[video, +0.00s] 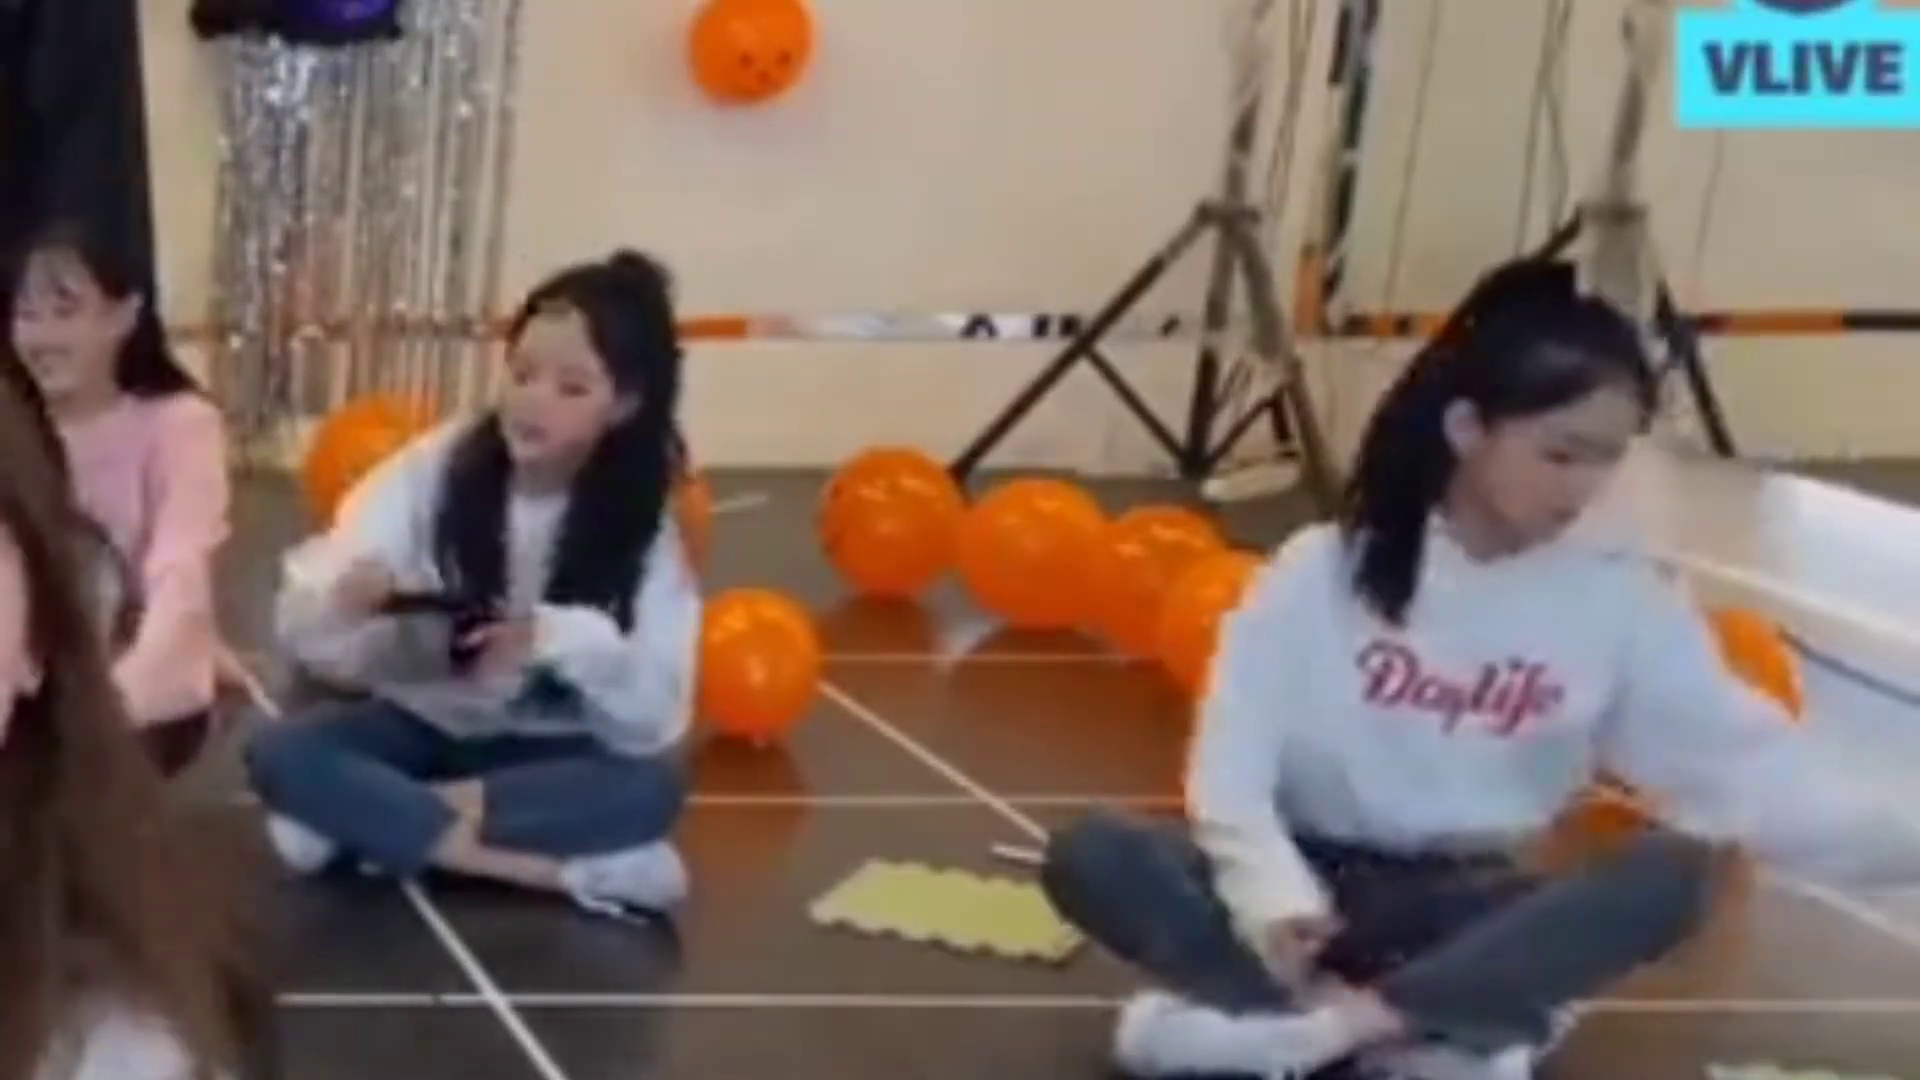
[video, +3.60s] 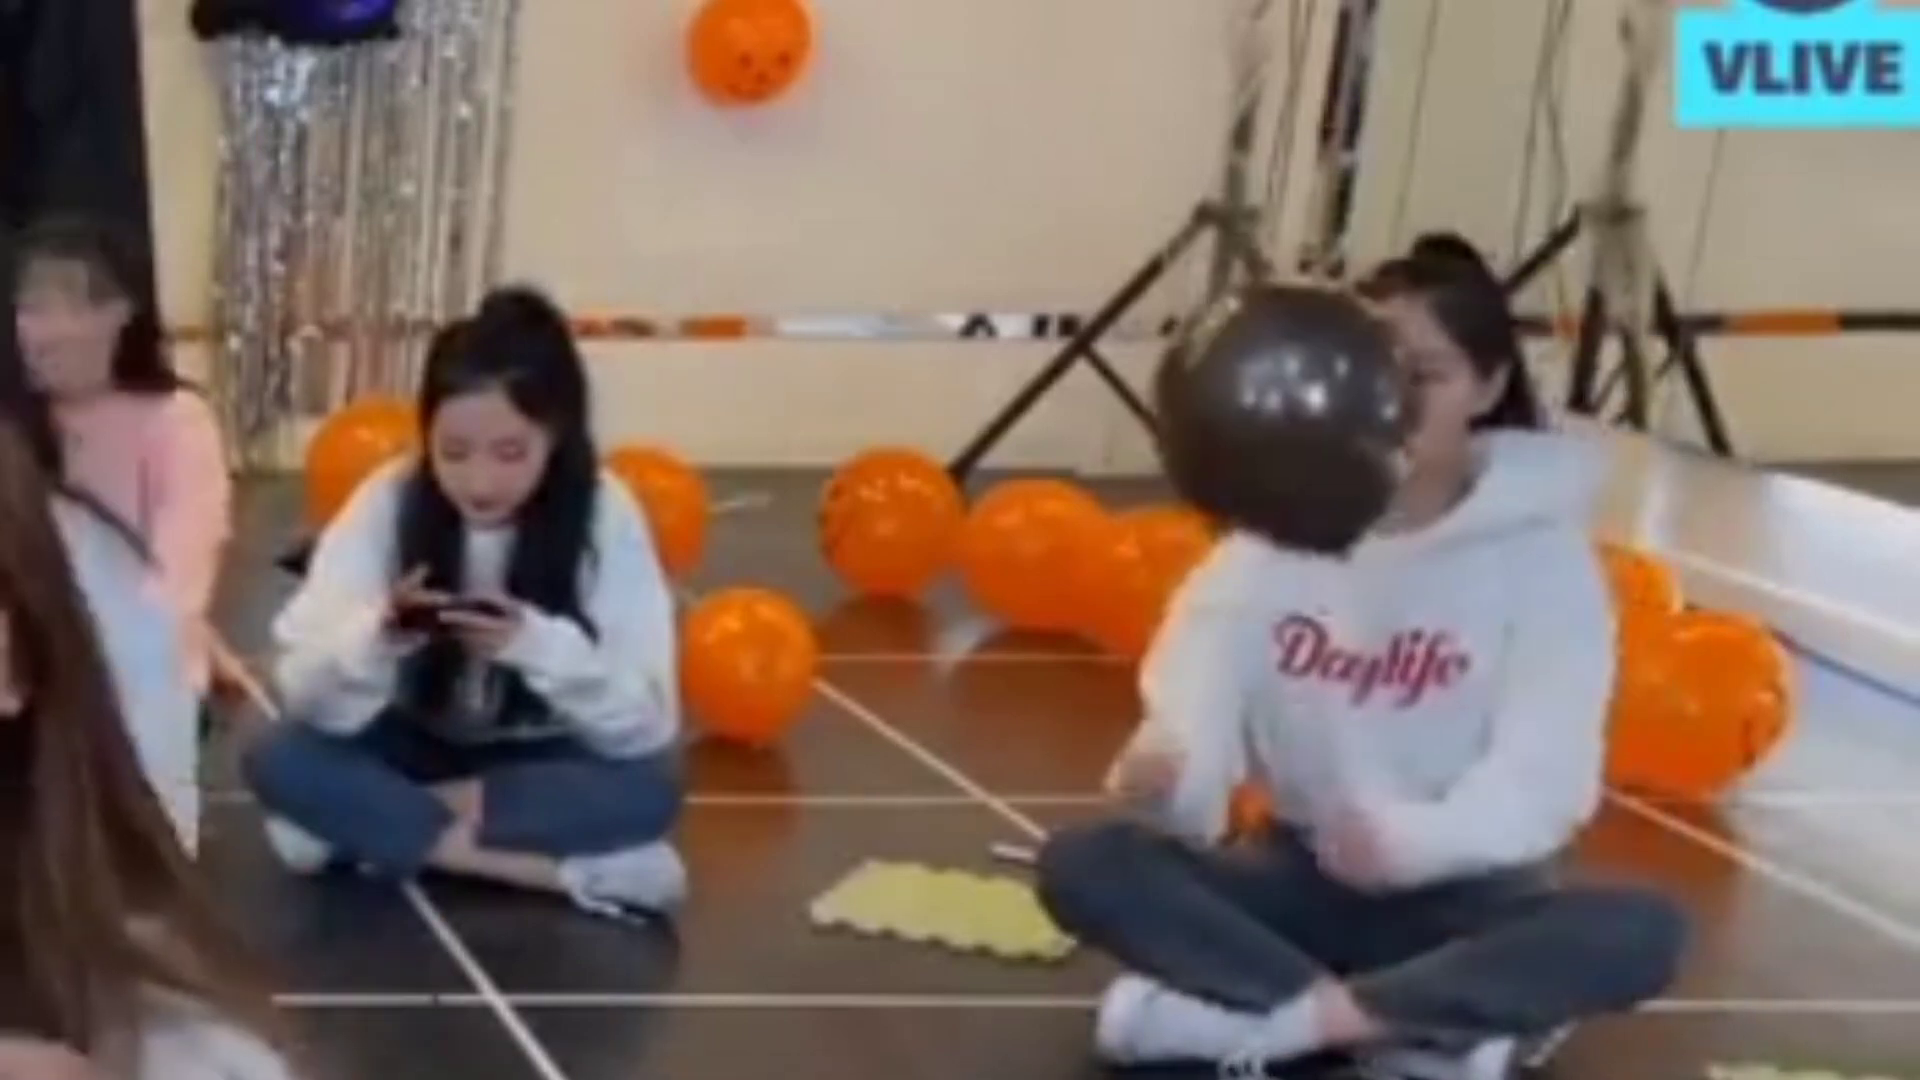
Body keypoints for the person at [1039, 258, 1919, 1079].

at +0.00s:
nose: (1585, 491)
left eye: (1609, 464)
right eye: (1563, 457)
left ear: (1629, 454)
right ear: (1464, 427)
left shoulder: (1619, 603)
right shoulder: (1319, 571)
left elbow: (1751, 773)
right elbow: (1229, 770)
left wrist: (1902, 829)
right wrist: (1286, 917)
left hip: (1469, 906)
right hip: (1300, 882)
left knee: (1670, 879)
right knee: (1086, 851)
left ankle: (1310, 1038)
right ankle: (1399, 1044)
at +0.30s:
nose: (1658, 558)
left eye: (1684, 526)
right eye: (1627, 519)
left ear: (1705, 525)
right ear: (1528, 501)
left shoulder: (1692, 694)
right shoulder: (1379, 633)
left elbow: (1851, 846)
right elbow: (1246, 795)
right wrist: (1267, 947)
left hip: (1480, 932)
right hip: (1314, 893)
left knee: (1683, 921)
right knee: (1084, 861)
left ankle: (1321, 1034)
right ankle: (1408, 1043)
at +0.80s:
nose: (1678, 605)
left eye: (1709, 574)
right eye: (1647, 566)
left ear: (1744, 554)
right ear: (1570, 528)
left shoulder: (1746, 701)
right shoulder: (1436, 642)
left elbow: (1789, 882)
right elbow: (1270, 810)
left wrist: (1819, 973)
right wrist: (1319, 982)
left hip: (1520, 935)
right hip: (1358, 896)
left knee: (1667, 954)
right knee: (1089, 856)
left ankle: (1266, 1046)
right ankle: (1439, 1047)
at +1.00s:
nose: (1557, 522)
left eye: (1594, 493)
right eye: (1525, 484)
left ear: (1636, 492)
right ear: (1472, 469)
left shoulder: (1671, 651)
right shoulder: (1363, 625)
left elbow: (1713, 851)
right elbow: (1323, 834)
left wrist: (1681, 993)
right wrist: (1319, 991)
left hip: (1506, 916)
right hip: (1346, 886)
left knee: (1614, 941)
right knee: (1084, 858)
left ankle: (1285, 1046)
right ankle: (1370, 1043)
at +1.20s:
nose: (1392, 469)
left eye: (1427, 439)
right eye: (1360, 441)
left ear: (1483, 447)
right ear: (1322, 453)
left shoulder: (1554, 613)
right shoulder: (1257, 606)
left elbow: (1562, 827)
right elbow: (1217, 794)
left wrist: (1466, 957)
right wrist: (1238, 955)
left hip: (1464, 891)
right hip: (1288, 883)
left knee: (1660, 942)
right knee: (1074, 882)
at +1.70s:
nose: (1443, 393)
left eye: (1486, 368)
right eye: (1428, 365)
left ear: (1564, 394)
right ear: (1406, 376)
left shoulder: (1609, 573)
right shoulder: (1330, 535)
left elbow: (1597, 792)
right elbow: (1236, 698)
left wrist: (1458, 878)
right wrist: (1225, 836)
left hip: (1480, 860)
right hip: (1299, 832)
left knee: (1646, 906)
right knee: (1088, 856)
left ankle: (1305, 1027)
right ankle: (1408, 1040)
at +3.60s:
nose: (1393, 394)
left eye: (1423, 372)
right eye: (1374, 367)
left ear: (1489, 386)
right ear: (1334, 378)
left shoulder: (1539, 559)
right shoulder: (1267, 546)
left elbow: (1546, 791)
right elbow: (1200, 796)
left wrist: (1406, 841)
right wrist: (1163, 785)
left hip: (1460, 898)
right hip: (1289, 883)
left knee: (1643, 931)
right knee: (1082, 862)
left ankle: (1284, 1031)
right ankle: (1398, 1044)